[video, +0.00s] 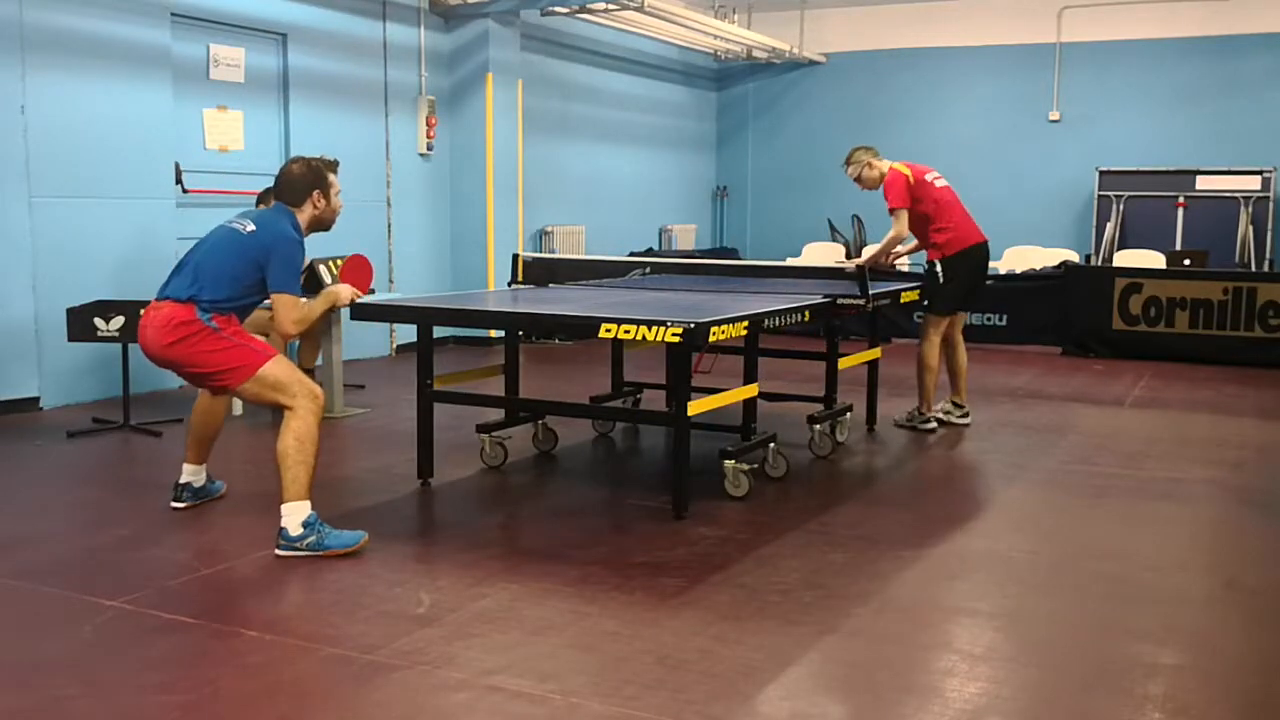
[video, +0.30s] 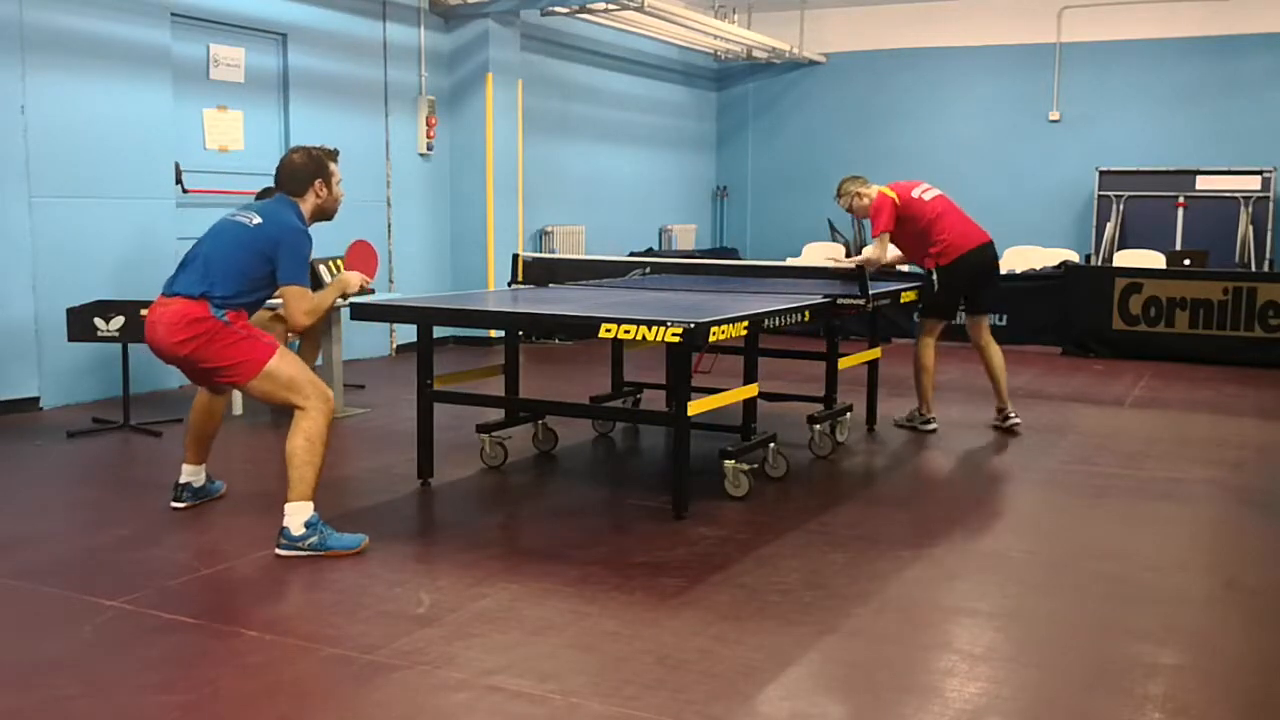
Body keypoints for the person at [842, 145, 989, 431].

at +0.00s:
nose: (860, 186)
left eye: (858, 178)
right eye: (856, 181)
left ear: (871, 164)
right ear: (874, 162)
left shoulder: (895, 176)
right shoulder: (914, 170)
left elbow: (899, 232)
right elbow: (936, 230)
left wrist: (872, 257)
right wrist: (902, 251)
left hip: (952, 255)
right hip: (973, 250)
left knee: (931, 334)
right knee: (953, 332)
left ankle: (925, 411)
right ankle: (959, 405)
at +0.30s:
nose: (855, 216)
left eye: (850, 209)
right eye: (850, 212)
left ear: (860, 194)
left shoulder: (883, 199)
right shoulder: (909, 188)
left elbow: (877, 256)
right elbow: (917, 252)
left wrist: (856, 260)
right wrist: (879, 260)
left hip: (952, 262)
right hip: (983, 251)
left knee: (926, 338)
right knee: (981, 333)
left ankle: (924, 413)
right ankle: (1006, 410)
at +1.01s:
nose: (873, 219)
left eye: (870, 212)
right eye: (868, 214)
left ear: (882, 197)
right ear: (889, 191)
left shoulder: (896, 210)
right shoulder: (931, 188)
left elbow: (882, 269)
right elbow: (925, 249)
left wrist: (844, 271)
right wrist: (892, 254)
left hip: (955, 276)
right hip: (994, 266)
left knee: (918, 338)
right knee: (998, 345)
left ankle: (924, 414)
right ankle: (1021, 417)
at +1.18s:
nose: (882, 203)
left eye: (880, 195)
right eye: (878, 198)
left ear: (891, 183)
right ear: (900, 178)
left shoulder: (904, 201)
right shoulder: (950, 175)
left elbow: (888, 252)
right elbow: (993, 203)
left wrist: (849, 254)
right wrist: (960, 220)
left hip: (957, 272)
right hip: (996, 263)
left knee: (918, 337)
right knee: (1000, 345)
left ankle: (924, 413)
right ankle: (1021, 417)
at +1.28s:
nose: (890, 190)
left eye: (889, 181)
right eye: (887, 184)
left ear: (904, 169)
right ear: (913, 166)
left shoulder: (912, 192)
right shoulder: (961, 167)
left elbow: (890, 240)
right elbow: (1005, 190)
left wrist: (851, 233)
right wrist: (971, 203)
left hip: (957, 269)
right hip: (997, 262)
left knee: (922, 337)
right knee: (1001, 344)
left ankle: (924, 413)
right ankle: (1021, 417)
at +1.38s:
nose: (898, 173)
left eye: (899, 165)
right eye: (896, 167)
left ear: (915, 158)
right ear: (924, 155)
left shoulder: (918, 182)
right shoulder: (972, 161)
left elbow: (889, 225)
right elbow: (1014, 183)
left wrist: (861, 203)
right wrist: (980, 191)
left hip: (960, 269)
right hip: (999, 262)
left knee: (924, 336)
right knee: (1003, 342)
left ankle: (925, 412)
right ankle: (1021, 417)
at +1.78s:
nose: (899, 188)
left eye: (901, 180)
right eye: (898, 181)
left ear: (918, 176)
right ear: (929, 175)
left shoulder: (924, 198)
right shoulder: (975, 180)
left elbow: (907, 230)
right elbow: (1016, 174)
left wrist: (893, 232)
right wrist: (977, 176)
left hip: (964, 286)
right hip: (998, 279)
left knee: (909, 335)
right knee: (991, 354)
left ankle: (923, 409)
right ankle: (1017, 415)